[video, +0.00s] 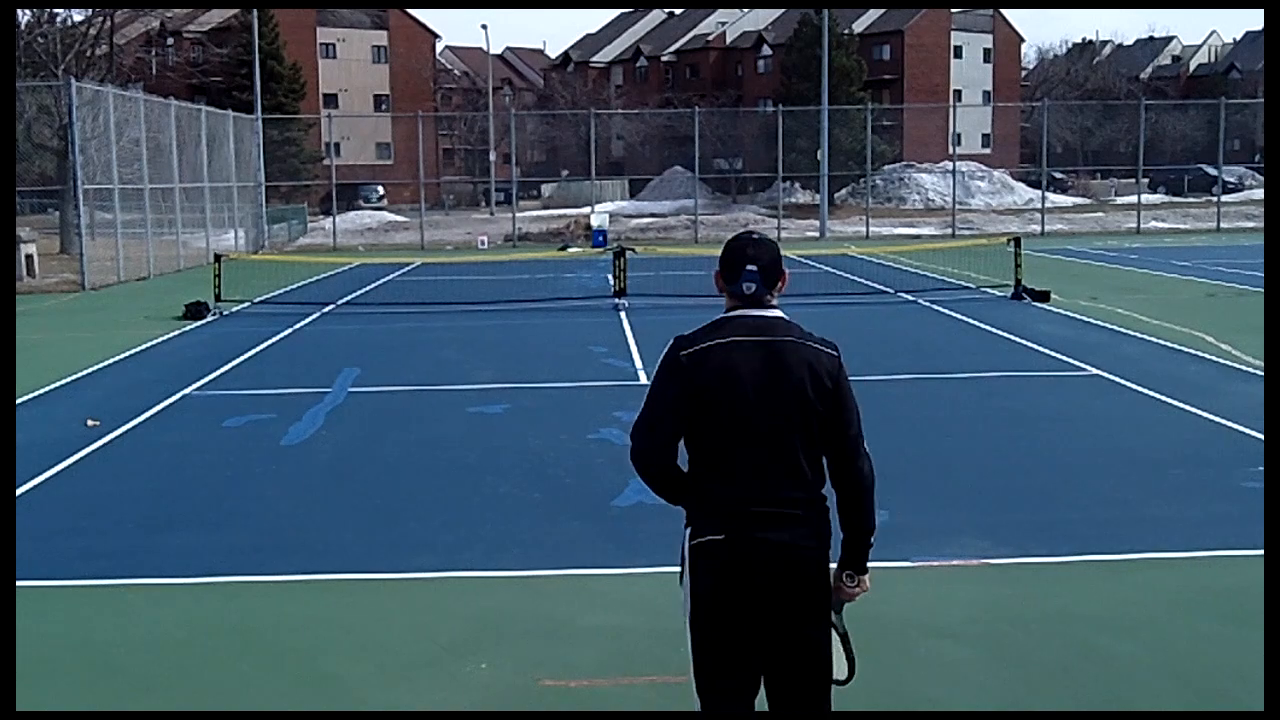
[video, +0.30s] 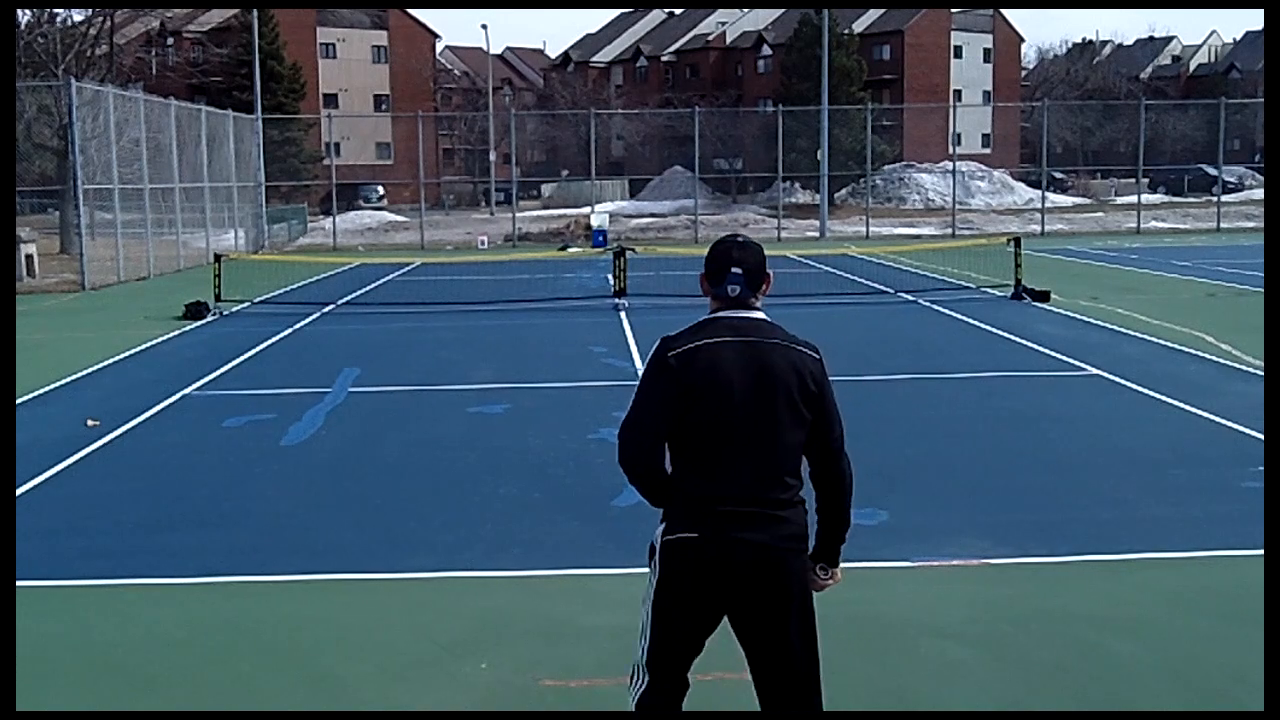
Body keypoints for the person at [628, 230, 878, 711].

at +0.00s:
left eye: (722, 277)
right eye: (781, 275)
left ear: (719, 282)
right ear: (782, 282)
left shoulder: (687, 353)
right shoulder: (819, 355)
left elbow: (648, 452)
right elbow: (853, 468)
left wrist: (697, 498)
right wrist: (855, 560)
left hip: (718, 559)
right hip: (800, 556)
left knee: (724, 699)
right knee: (804, 699)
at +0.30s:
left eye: (708, 280)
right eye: (764, 279)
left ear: (704, 285)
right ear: (766, 285)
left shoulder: (674, 353)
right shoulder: (802, 357)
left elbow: (635, 451)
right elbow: (833, 468)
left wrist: (678, 502)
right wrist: (827, 552)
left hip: (692, 552)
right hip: (776, 554)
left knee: (659, 682)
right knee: (793, 695)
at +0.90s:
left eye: (614, 288)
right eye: (674, 285)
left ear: (613, 292)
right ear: (676, 291)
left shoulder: (582, 360)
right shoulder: (713, 362)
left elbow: (543, 472)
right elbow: (746, 466)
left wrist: (583, 469)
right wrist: (688, 493)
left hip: (594, 553)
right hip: (681, 553)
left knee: (568, 684)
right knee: (681, 690)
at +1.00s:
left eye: (611, 293)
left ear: (607, 299)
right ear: (669, 298)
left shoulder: (573, 367)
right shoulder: (703, 369)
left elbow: (538, 475)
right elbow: (735, 475)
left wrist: (585, 491)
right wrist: (673, 498)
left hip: (582, 559)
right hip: (670, 559)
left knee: (550, 686)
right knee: (682, 695)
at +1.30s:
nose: (612, 313)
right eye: (612, 307)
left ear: (549, 313)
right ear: (609, 314)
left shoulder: (509, 382)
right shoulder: (638, 385)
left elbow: (465, 488)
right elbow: (680, 492)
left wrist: (519, 477)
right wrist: (617, 505)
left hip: (524, 579)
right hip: (614, 579)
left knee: (493, 703)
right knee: (651, 700)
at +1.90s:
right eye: (513, 310)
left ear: (451, 319)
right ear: (514, 318)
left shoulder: (411, 392)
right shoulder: (545, 391)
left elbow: (370, 499)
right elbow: (590, 498)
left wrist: (430, 491)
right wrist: (528, 514)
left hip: (433, 594)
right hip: (526, 594)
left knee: (400, 707)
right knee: (571, 706)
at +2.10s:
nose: (507, 284)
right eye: (507, 279)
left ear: (444, 288)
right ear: (506, 287)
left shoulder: (405, 361)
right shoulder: (541, 355)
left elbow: (366, 467)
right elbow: (583, 460)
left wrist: (426, 458)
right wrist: (528, 485)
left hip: (436, 558)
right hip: (527, 555)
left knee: (411, 695)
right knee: (558, 686)